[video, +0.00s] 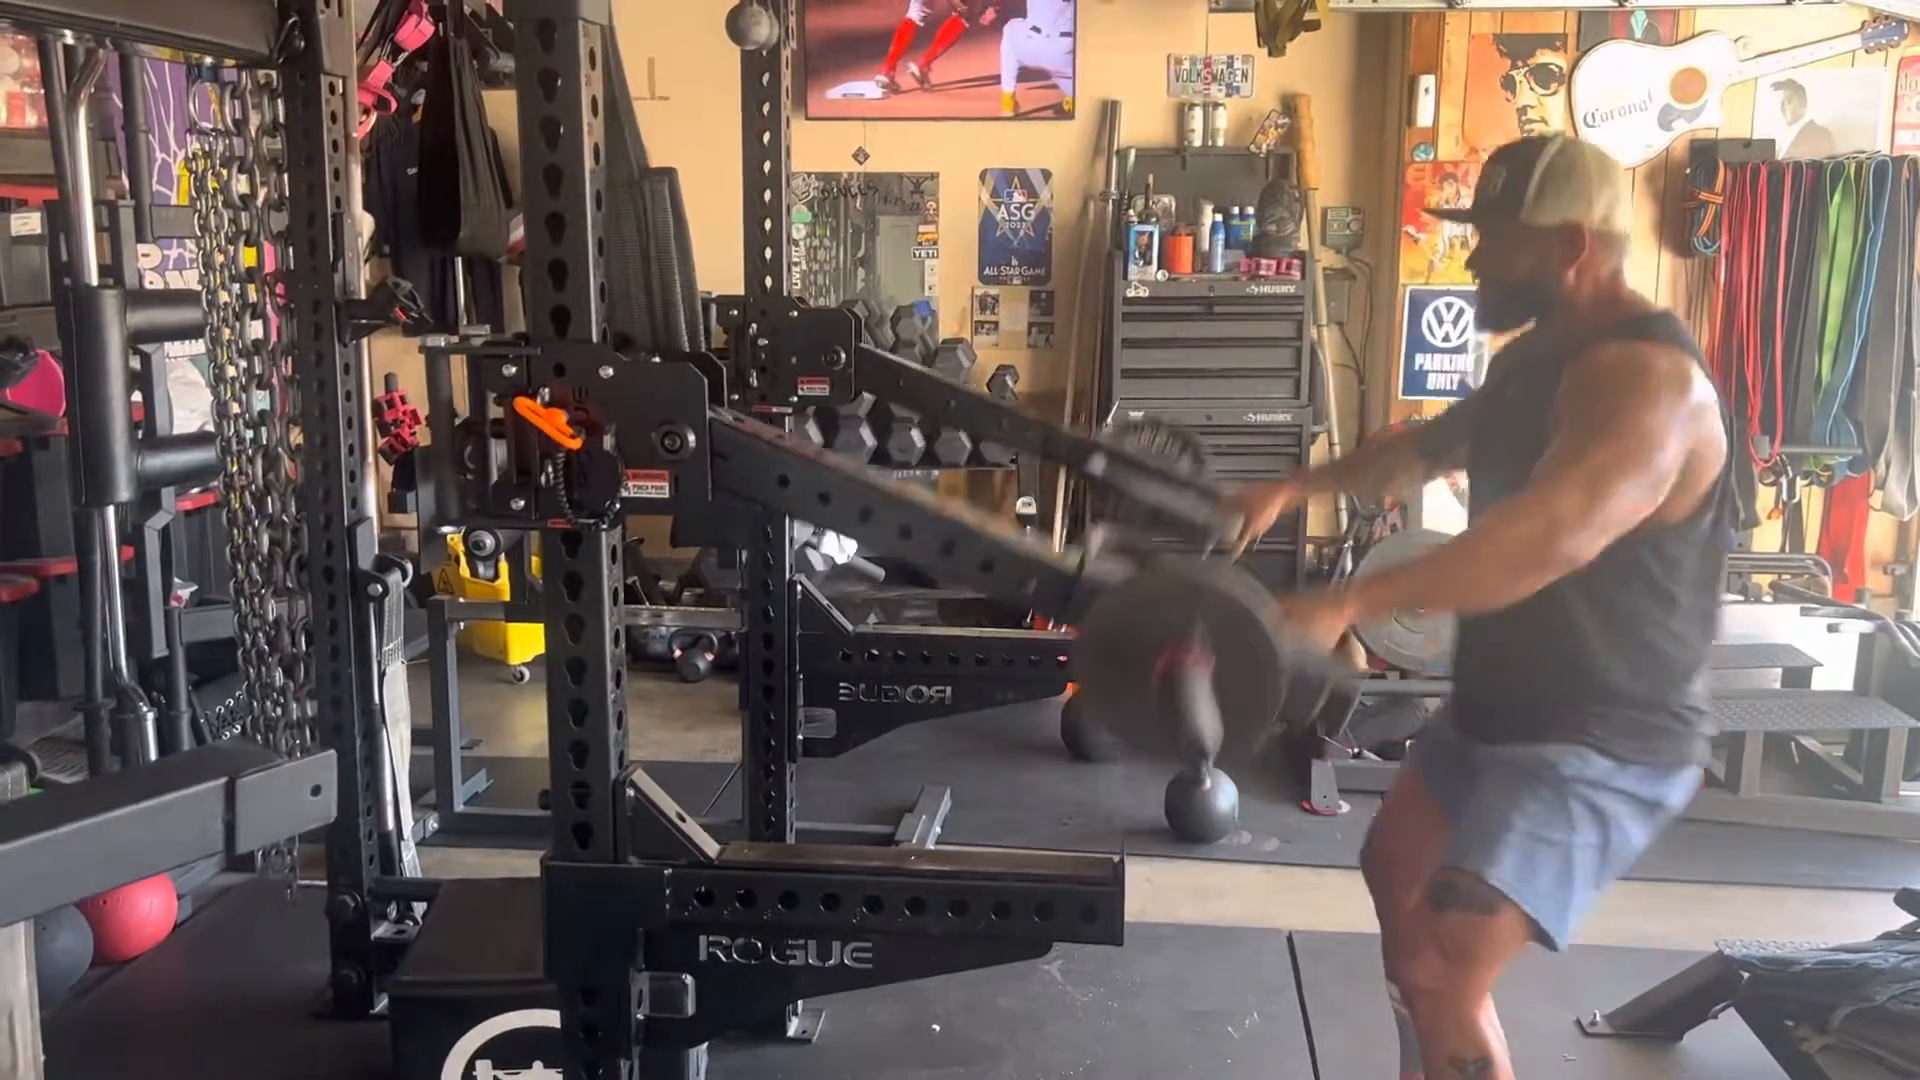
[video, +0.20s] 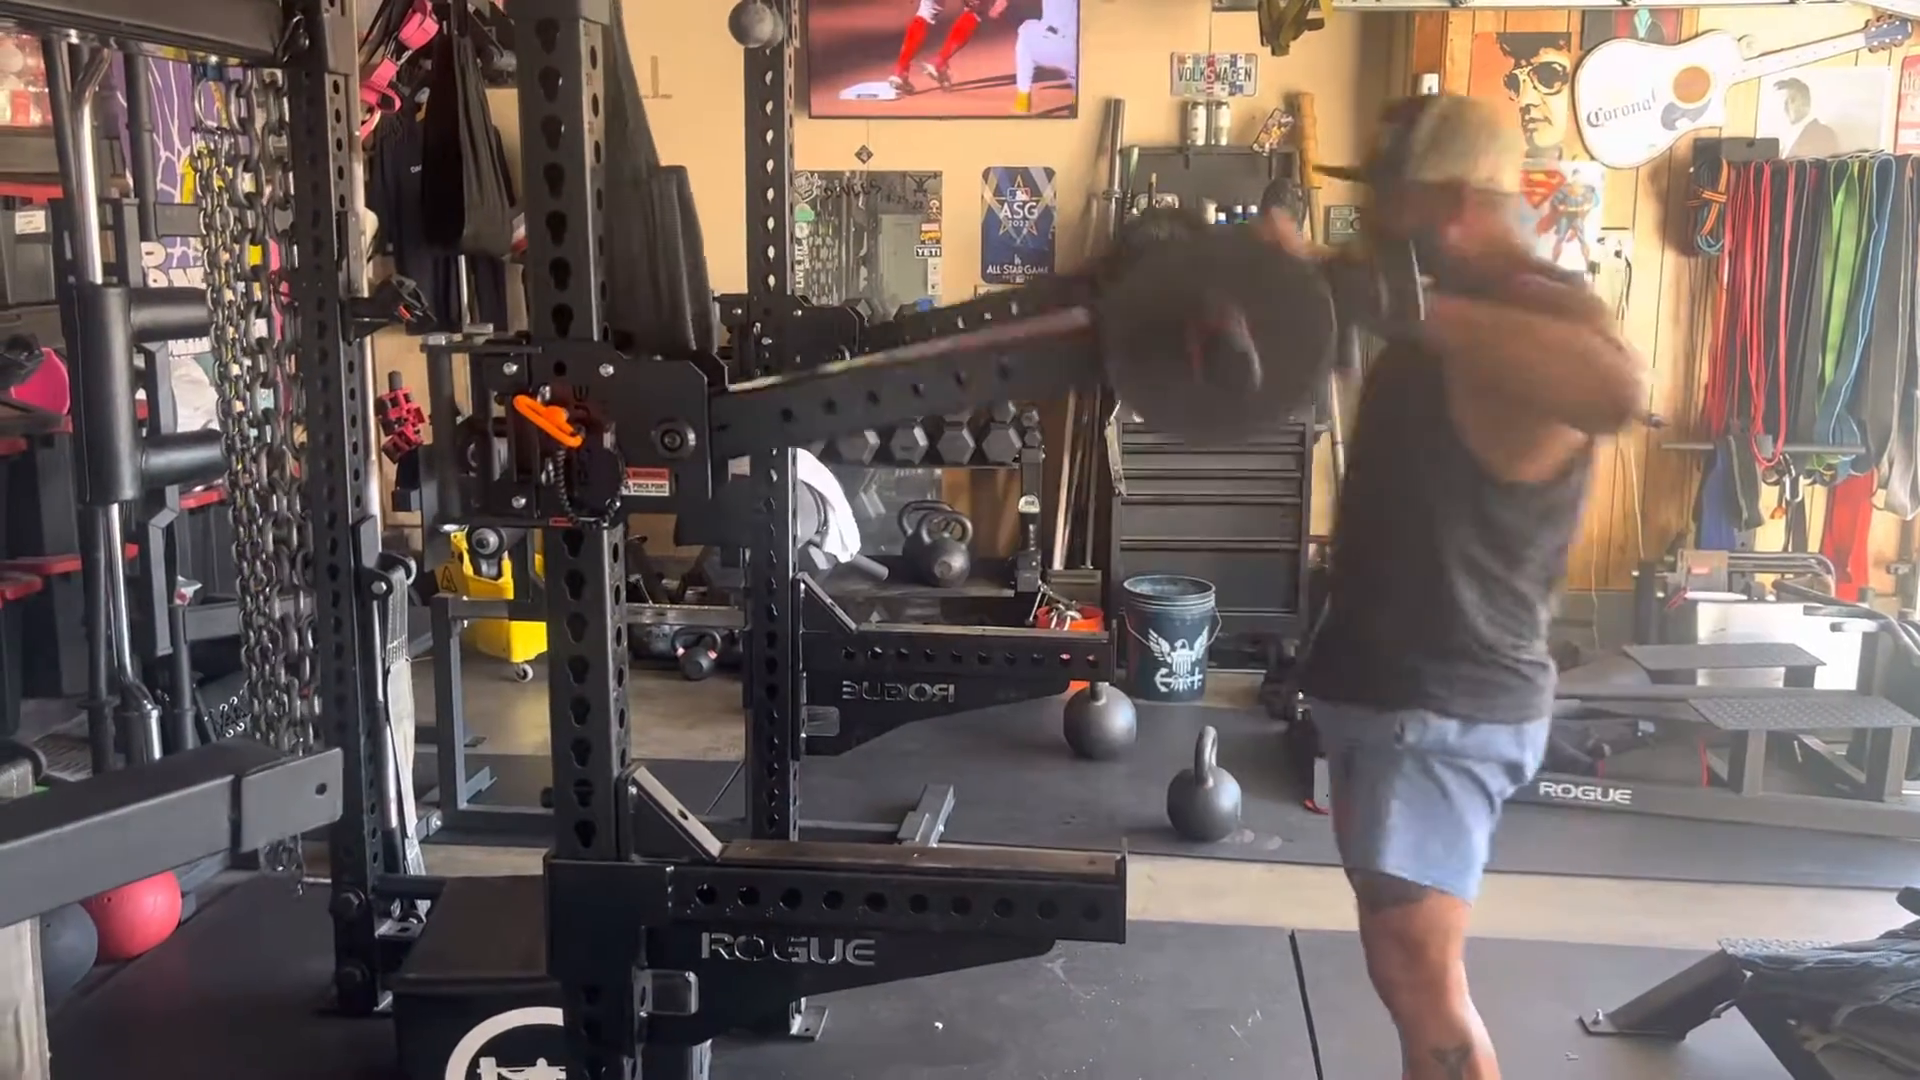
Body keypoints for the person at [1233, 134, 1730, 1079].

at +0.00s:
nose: (1474, 256)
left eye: (1492, 234)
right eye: (1476, 234)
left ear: (1572, 249)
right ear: (1567, 253)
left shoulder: (1647, 378)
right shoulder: (1533, 360)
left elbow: (1554, 535)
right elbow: (1422, 452)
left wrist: (1355, 602)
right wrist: (1294, 487)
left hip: (1602, 737)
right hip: (1496, 706)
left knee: (1441, 971)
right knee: (1395, 866)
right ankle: (1435, 1060)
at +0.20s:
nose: (1391, 223)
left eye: (1410, 202)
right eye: (1387, 200)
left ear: (1471, 198)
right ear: (1403, 194)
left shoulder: (1549, 308)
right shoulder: (1444, 298)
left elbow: (1619, 390)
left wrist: (1411, 312)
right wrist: (1286, 268)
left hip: (1447, 703)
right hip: (1387, 688)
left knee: (1418, 972)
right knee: (1408, 963)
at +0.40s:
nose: (1214, 265)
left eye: (1216, 241)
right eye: (1207, 249)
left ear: (1268, 211)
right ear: (1281, 214)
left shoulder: (1377, 294)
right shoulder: (1316, 310)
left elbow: (1406, 236)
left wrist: (1259, 68)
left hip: (1408, 701)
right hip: (1367, 695)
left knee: (1423, 970)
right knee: (1412, 963)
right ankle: (1439, 1072)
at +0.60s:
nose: (1149, 253)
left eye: (1164, 234)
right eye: (1148, 239)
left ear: (1224, 227)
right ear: (1224, 231)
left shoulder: (1306, 285)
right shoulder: (1258, 299)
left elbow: (1234, 129)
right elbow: (1164, 126)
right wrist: (1110, 41)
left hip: (1404, 692)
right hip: (1365, 686)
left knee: (1423, 966)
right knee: (1413, 956)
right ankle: (1446, 1066)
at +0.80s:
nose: (1135, 268)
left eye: (1157, 249)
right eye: (1150, 252)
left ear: (1206, 247)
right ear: (1208, 250)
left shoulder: (1286, 285)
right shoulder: (1264, 304)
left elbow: (1206, 130)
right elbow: (1188, 127)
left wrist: (1122, 1)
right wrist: (1116, 31)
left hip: (1397, 695)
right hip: (1368, 690)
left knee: (1416, 970)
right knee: (1410, 964)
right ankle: (1448, 1064)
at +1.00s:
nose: (1178, 241)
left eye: (1196, 217)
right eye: (1183, 220)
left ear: (1261, 219)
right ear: (1258, 221)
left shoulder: (1347, 282)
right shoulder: (1294, 290)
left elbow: (1315, 153)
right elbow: (1210, 129)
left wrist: (1194, 0)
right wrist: (1143, 45)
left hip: (1399, 696)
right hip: (1362, 692)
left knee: (1413, 969)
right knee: (1404, 959)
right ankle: (1438, 1067)